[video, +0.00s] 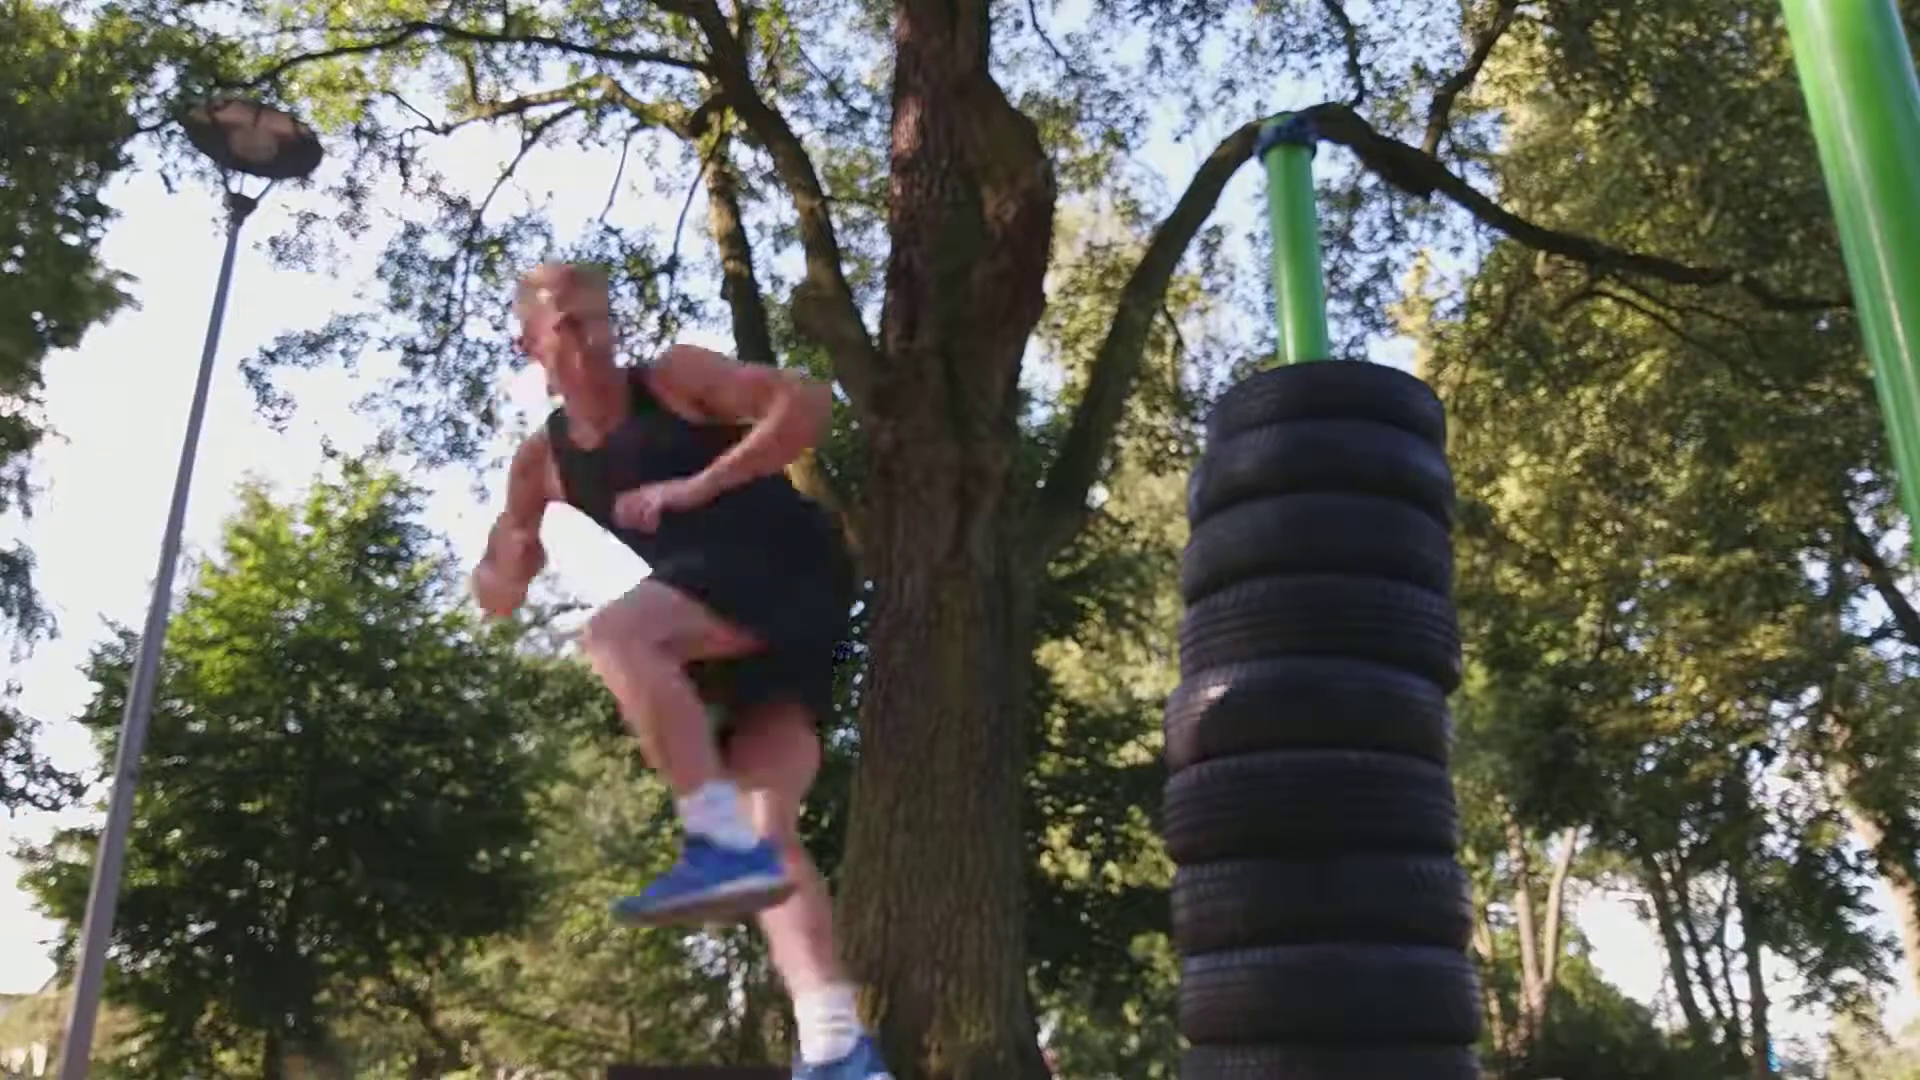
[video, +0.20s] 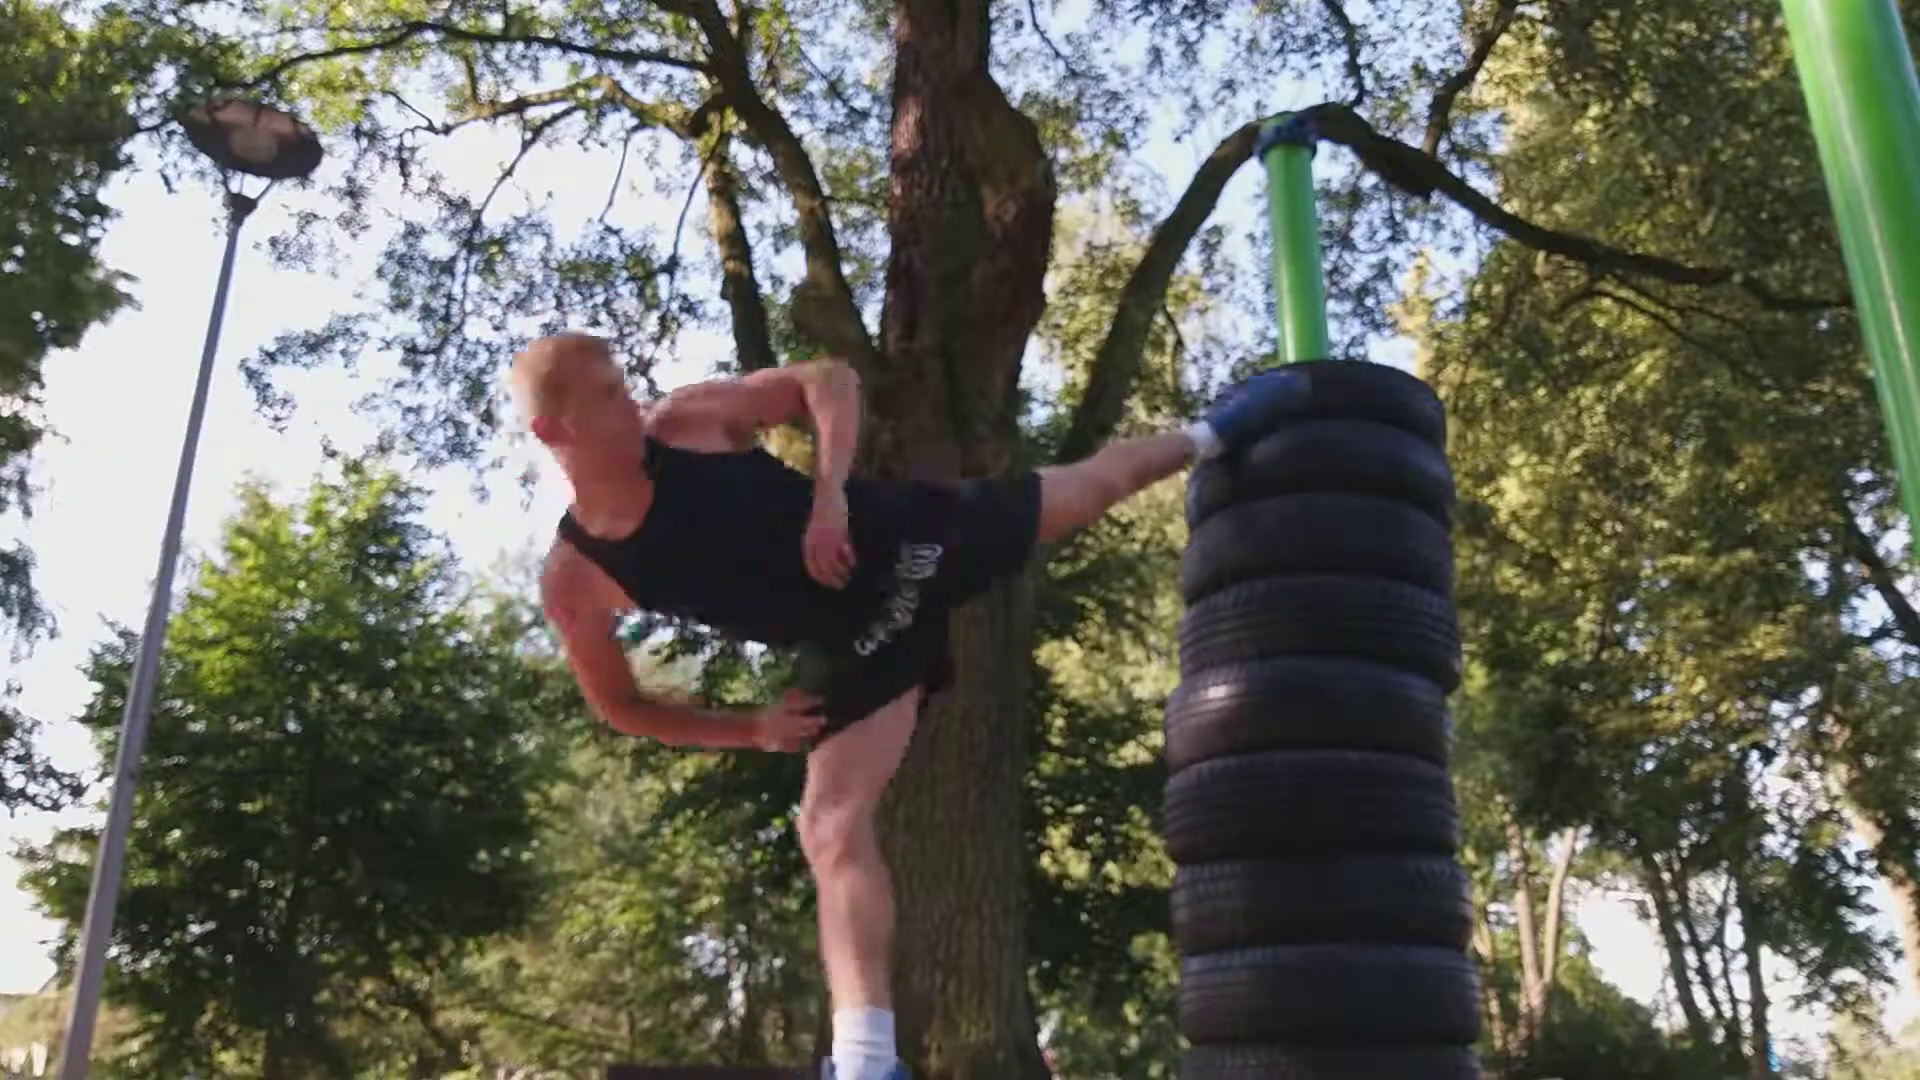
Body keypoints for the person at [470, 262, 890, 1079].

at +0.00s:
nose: (590, 337)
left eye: (596, 319)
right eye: (568, 326)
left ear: (614, 323)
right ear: (531, 347)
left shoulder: (671, 374)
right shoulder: (544, 461)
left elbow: (804, 402)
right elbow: (495, 599)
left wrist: (701, 484)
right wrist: (504, 560)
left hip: (780, 550)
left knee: (618, 633)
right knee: (759, 827)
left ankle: (723, 838)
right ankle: (835, 1047)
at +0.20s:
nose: (637, 401)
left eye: (628, 384)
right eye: (613, 394)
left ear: (615, 403)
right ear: (557, 431)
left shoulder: (683, 422)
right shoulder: (575, 581)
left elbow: (827, 381)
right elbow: (621, 709)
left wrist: (828, 492)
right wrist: (752, 729)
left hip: (906, 535)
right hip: (859, 638)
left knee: (1092, 487)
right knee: (831, 825)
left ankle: (1212, 433)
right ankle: (867, 1057)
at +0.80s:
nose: (700, 105)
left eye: (721, 84)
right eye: (682, 94)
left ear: (775, 100)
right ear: (669, 125)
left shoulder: (839, 217)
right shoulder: (686, 277)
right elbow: (679, 441)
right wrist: (529, 394)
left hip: (831, 520)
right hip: (727, 545)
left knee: (842, 722)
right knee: (680, 824)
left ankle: (883, 1047)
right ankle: (842, 1027)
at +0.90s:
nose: (727, 37)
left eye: (750, 23)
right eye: (705, 23)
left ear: (783, 58)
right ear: (672, 60)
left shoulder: (826, 162)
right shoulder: (666, 222)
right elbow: (631, 386)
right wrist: (532, 297)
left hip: (809, 495)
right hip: (686, 511)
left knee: (848, 741)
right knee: (558, 744)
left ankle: (883, 1047)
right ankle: (753, 977)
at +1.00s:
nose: (716, 16)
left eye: (736, 5)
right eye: (691, 1)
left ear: (755, 35)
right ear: (646, 29)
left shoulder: (806, 140)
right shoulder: (620, 193)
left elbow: (909, 277)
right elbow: (504, 329)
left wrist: (756, 312)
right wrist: (495, 216)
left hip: (783, 485)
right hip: (645, 490)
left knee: (836, 738)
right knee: (476, 674)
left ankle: (881, 1044)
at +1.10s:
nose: (687, 19)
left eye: (699, 8)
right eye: (658, 3)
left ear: (707, 37)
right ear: (595, 22)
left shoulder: (762, 151)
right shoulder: (539, 175)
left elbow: (883, 293)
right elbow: (399, 229)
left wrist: (863, 391)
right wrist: (537, 130)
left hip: (744, 482)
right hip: (591, 486)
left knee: (804, 723)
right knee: (435, 660)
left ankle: (877, 1048)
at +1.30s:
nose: (661, 44)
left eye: (662, 26)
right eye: (647, 18)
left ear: (578, 26)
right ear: (569, 13)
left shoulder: (616, 208)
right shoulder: (445, 88)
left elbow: (657, 370)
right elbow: (398, 149)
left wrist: (721, 334)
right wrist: (602, 201)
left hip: (600, 490)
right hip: (454, 464)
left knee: (693, 710)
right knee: (353, 689)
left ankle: (685, 1039)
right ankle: (247, 1036)